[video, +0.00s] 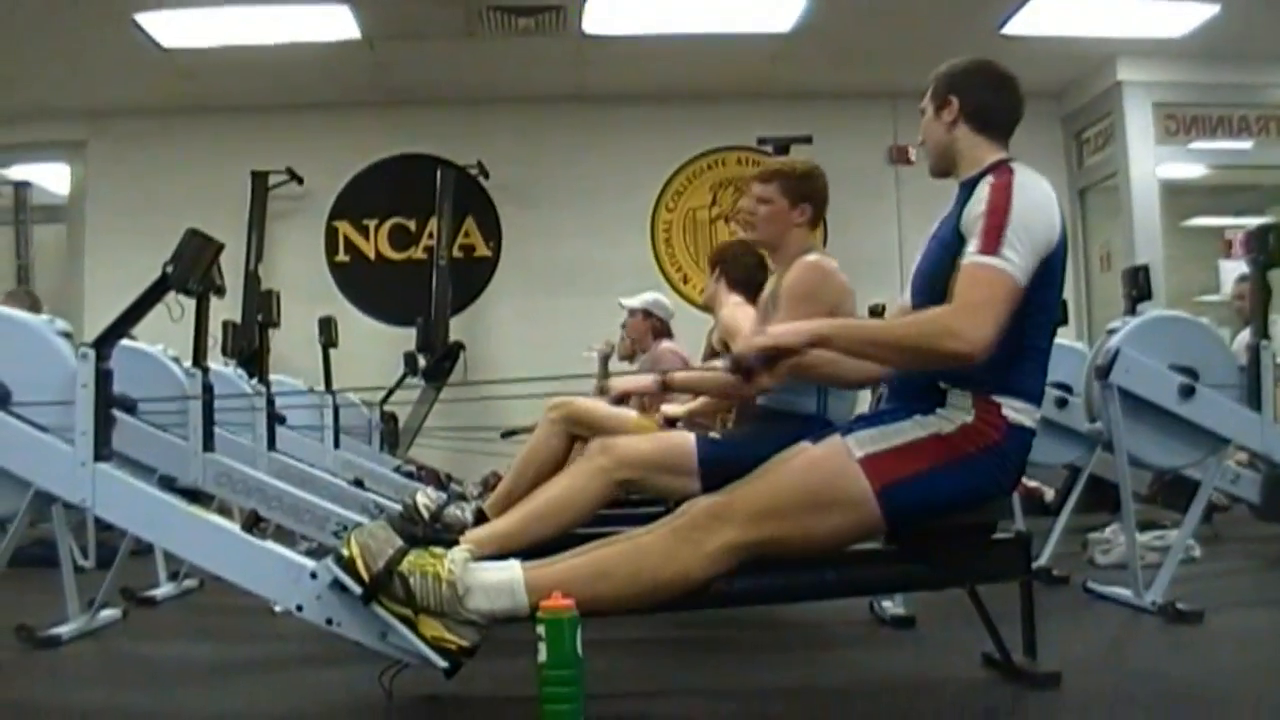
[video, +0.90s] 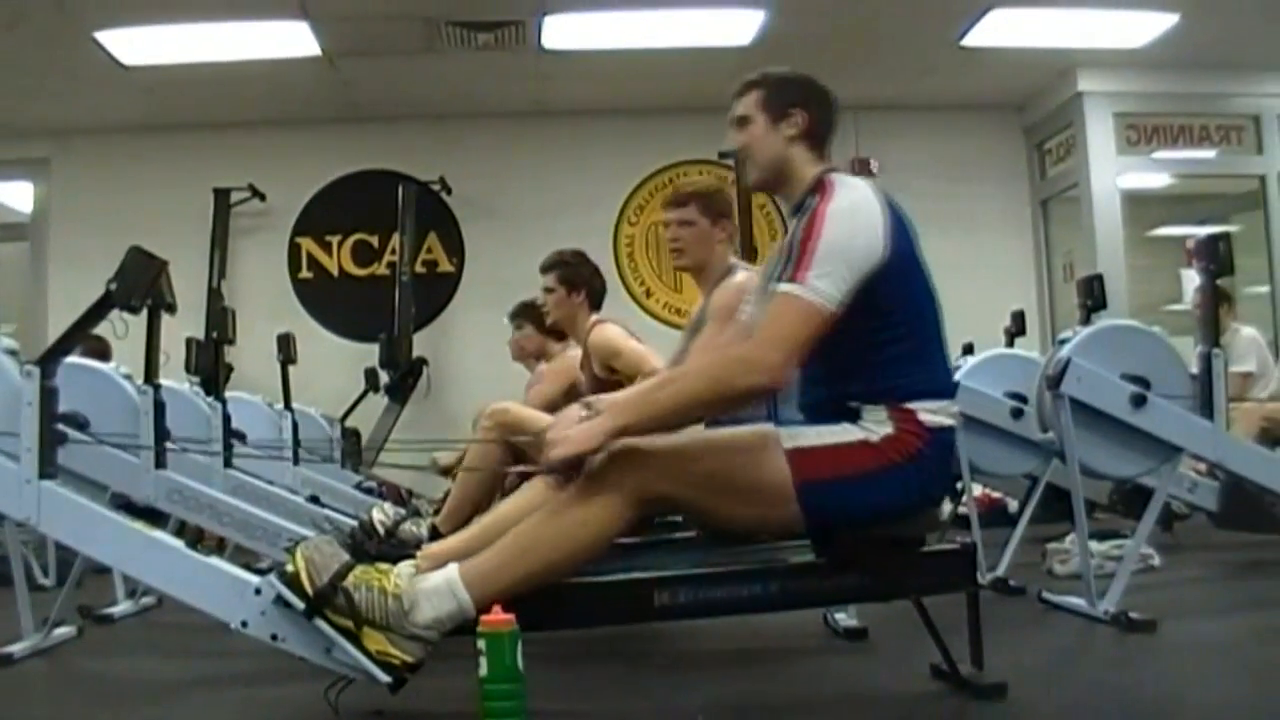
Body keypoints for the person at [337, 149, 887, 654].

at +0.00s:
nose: (747, 212)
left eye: (760, 203)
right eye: (748, 202)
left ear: (801, 215)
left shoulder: (811, 276)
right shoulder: (778, 287)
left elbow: (761, 371)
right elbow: (748, 390)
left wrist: (667, 385)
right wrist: (678, 413)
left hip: (766, 445)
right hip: (741, 436)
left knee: (570, 418)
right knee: (591, 439)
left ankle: (478, 530)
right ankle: (477, 535)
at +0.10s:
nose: (689, 291)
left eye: (696, 281)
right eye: (693, 282)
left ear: (714, 283)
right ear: (725, 286)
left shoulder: (730, 325)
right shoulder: (723, 331)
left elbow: (751, 387)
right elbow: (729, 393)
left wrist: (683, 420)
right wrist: (669, 409)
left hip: (694, 448)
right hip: (691, 443)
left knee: (562, 424)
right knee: (568, 426)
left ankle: (491, 526)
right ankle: (504, 525)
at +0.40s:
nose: (658, 276)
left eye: (663, 266)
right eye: (659, 267)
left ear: (687, 269)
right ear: (691, 271)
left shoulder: (708, 312)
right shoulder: (697, 316)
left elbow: (741, 364)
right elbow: (687, 384)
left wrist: (682, 409)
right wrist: (636, 402)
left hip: (698, 441)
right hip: (687, 435)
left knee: (565, 406)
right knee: (572, 413)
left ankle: (496, 510)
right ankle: (504, 511)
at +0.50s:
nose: (631, 287)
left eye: (639, 277)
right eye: (633, 277)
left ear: (664, 281)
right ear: (662, 282)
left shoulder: (683, 324)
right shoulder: (664, 329)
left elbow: (721, 375)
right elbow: (663, 393)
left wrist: (659, 422)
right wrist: (605, 415)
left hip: (681, 450)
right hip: (663, 442)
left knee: (553, 415)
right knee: (571, 450)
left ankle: (486, 521)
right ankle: (496, 522)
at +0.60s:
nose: (576, 285)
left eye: (582, 276)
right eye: (577, 277)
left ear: (607, 280)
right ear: (608, 280)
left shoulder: (631, 321)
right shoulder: (618, 325)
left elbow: (673, 373)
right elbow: (613, 391)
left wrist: (611, 419)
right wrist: (558, 412)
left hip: (625, 453)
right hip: (613, 446)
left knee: (508, 410)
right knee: (517, 430)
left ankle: (443, 520)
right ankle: (454, 522)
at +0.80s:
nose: (549, 302)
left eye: (556, 291)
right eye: (550, 292)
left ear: (584, 294)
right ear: (582, 296)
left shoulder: (608, 335)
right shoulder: (592, 345)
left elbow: (663, 376)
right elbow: (554, 404)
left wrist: (617, 418)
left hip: (620, 455)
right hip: (605, 449)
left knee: (501, 419)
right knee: (499, 422)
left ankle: (442, 532)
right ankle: (445, 523)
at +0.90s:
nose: (542, 302)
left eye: (550, 292)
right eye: (543, 293)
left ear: (579, 295)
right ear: (577, 297)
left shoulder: (602, 338)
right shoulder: (586, 347)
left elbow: (663, 379)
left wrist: (596, 413)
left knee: (499, 418)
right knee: (496, 422)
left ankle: (440, 531)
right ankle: (443, 528)